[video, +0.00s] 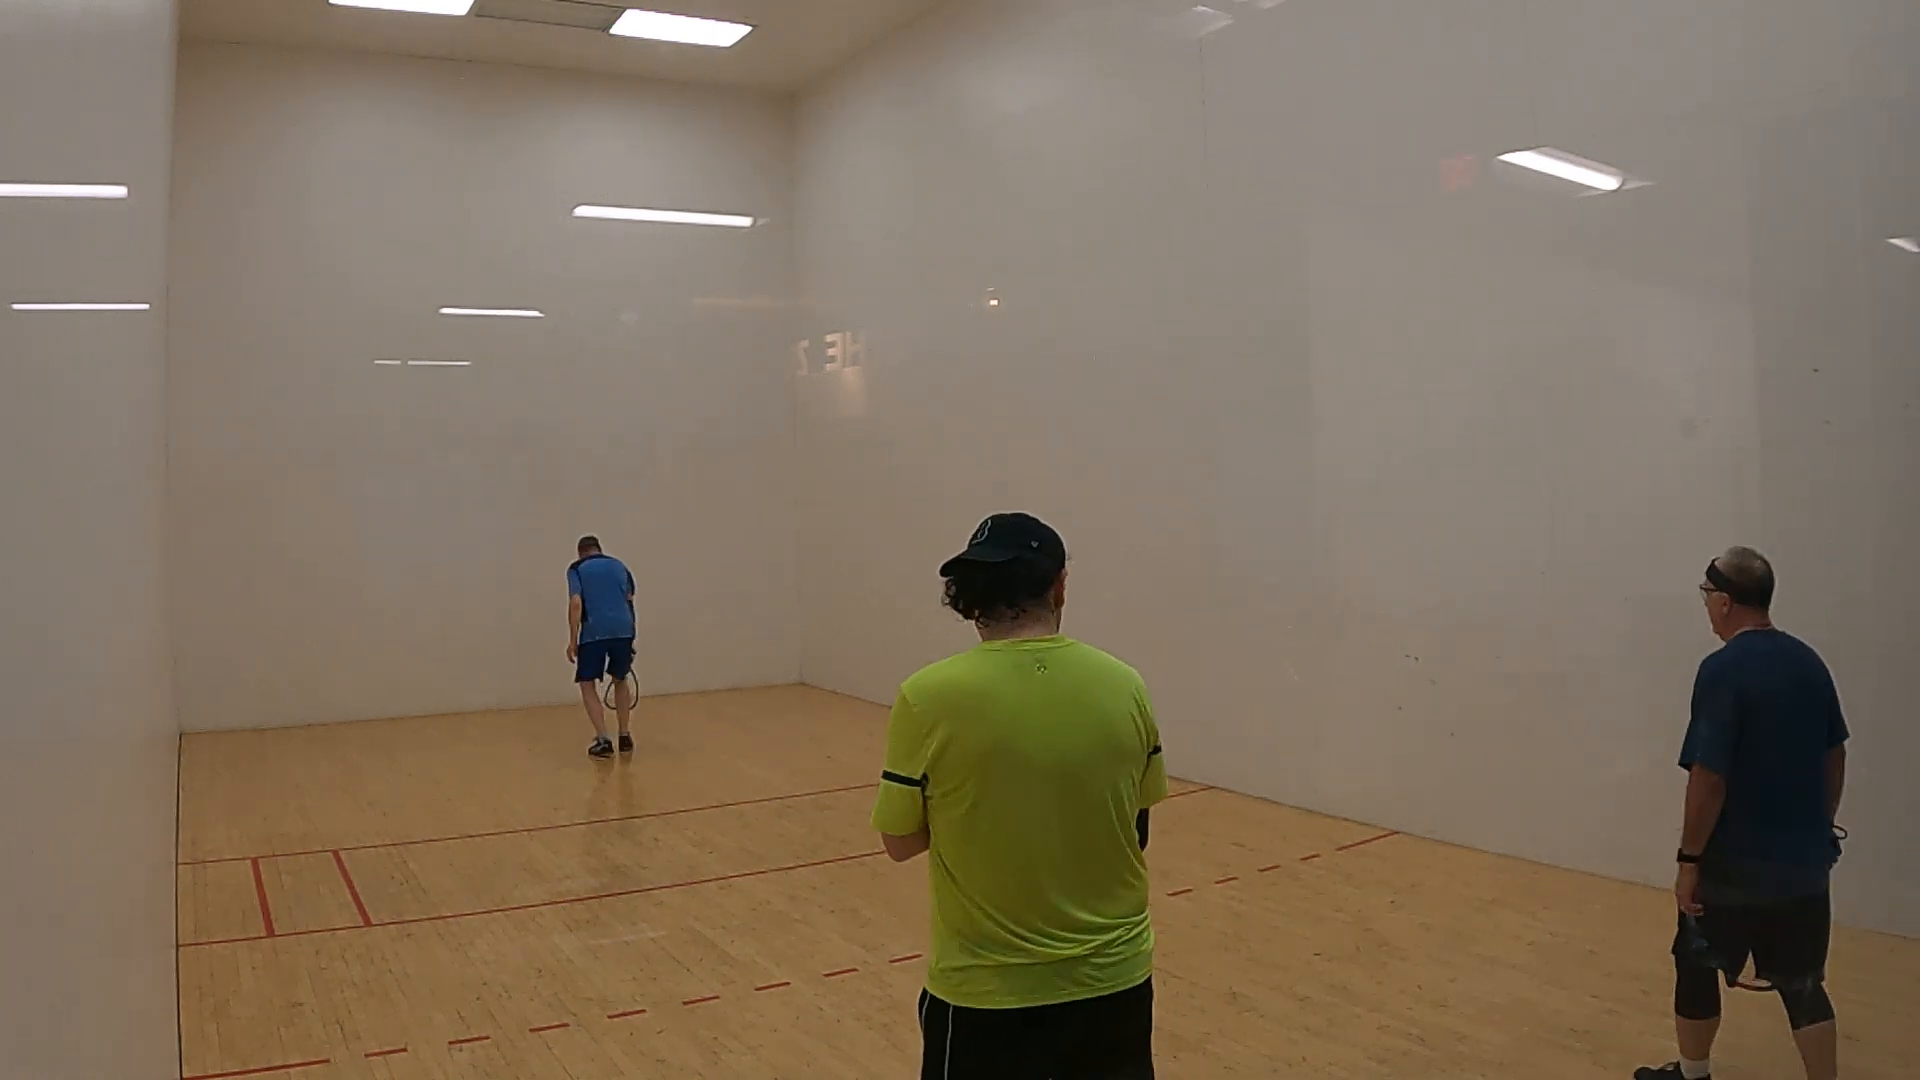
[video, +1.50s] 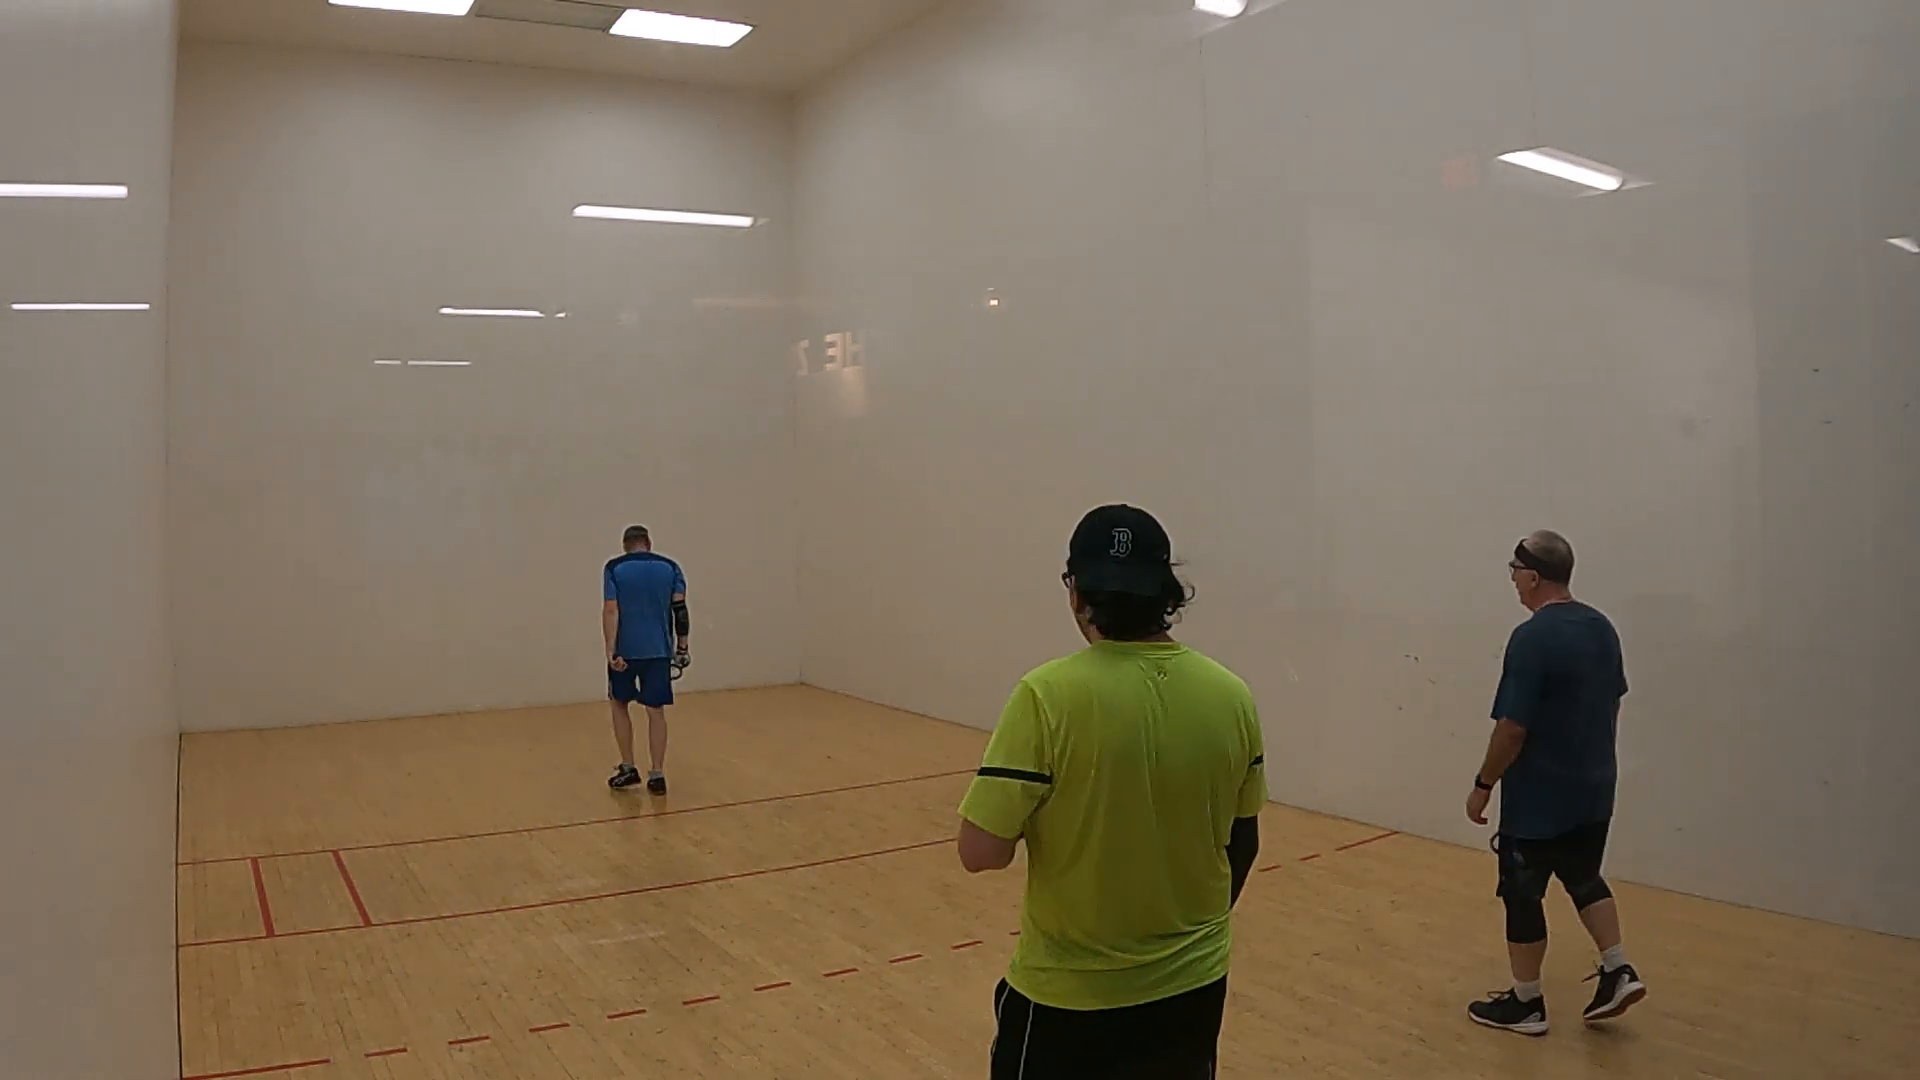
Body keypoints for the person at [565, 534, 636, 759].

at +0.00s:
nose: (580, 558)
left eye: (579, 555)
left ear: (580, 553)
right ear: (600, 549)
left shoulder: (576, 568)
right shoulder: (618, 564)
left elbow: (576, 602)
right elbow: (630, 597)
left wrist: (573, 640)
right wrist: (630, 636)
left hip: (594, 634)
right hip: (624, 632)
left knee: (587, 684)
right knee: (620, 680)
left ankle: (603, 739)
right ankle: (624, 734)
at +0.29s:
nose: (589, 559)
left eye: (589, 555)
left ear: (589, 553)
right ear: (610, 549)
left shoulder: (586, 566)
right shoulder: (630, 562)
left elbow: (587, 600)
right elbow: (642, 596)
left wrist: (584, 639)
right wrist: (638, 628)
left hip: (603, 633)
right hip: (633, 632)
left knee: (601, 687)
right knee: (630, 688)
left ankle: (601, 741)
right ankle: (632, 748)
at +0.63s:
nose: (597, 560)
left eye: (595, 557)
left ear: (592, 556)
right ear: (614, 551)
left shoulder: (585, 573)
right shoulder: (634, 561)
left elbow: (583, 614)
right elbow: (660, 590)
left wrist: (587, 644)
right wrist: (662, 626)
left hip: (605, 640)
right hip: (636, 636)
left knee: (609, 697)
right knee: (634, 693)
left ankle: (617, 756)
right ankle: (634, 750)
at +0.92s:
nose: (597, 554)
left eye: (594, 551)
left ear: (592, 550)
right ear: (615, 545)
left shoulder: (584, 570)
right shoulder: (637, 560)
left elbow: (581, 612)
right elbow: (654, 597)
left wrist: (600, 621)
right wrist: (669, 633)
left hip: (607, 643)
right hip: (638, 638)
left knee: (611, 699)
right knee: (640, 694)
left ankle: (618, 760)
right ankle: (642, 753)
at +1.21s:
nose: (616, 553)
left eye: (609, 551)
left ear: (607, 550)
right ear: (631, 546)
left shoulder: (598, 573)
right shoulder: (653, 568)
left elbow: (590, 614)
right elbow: (665, 610)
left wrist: (589, 650)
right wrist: (672, 646)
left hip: (615, 653)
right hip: (647, 651)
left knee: (616, 705)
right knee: (651, 706)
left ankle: (618, 762)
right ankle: (658, 765)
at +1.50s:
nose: (637, 549)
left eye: (630, 545)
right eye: (644, 544)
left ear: (624, 546)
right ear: (649, 544)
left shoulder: (614, 567)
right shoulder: (670, 567)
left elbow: (611, 609)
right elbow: (680, 609)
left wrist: (611, 649)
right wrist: (682, 644)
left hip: (625, 653)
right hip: (658, 652)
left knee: (619, 703)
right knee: (656, 710)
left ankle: (628, 767)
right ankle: (657, 773)